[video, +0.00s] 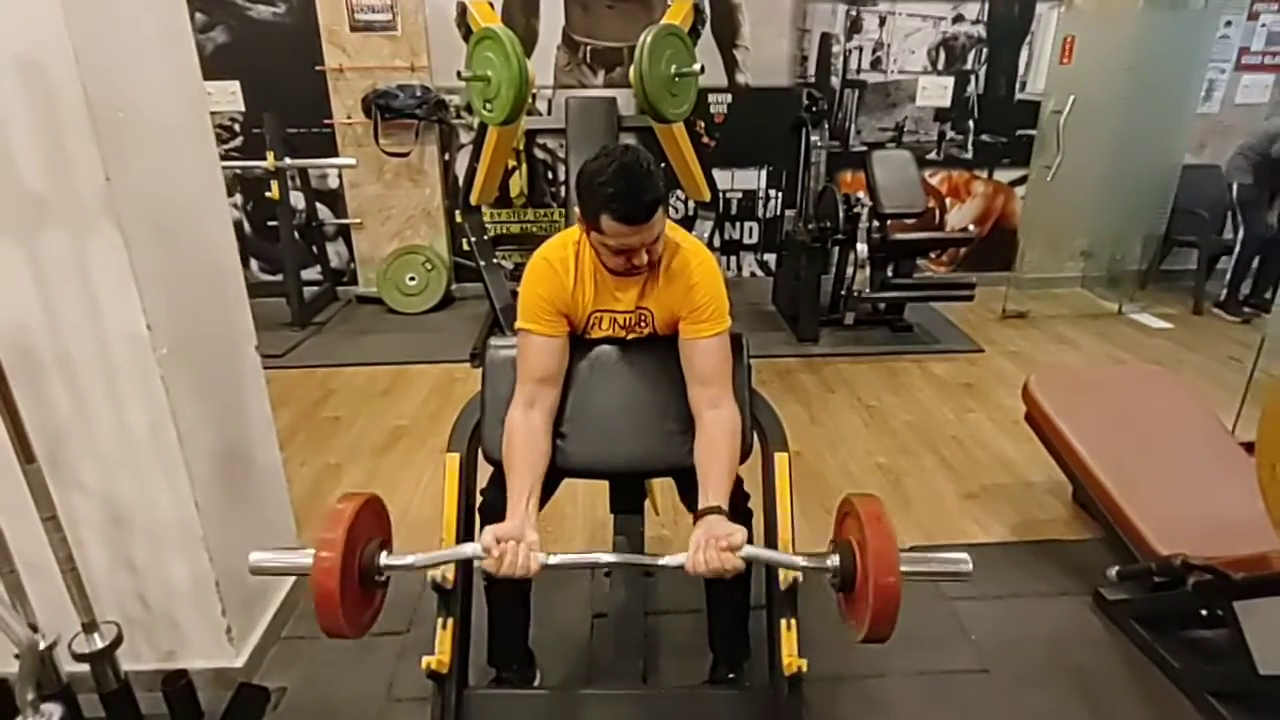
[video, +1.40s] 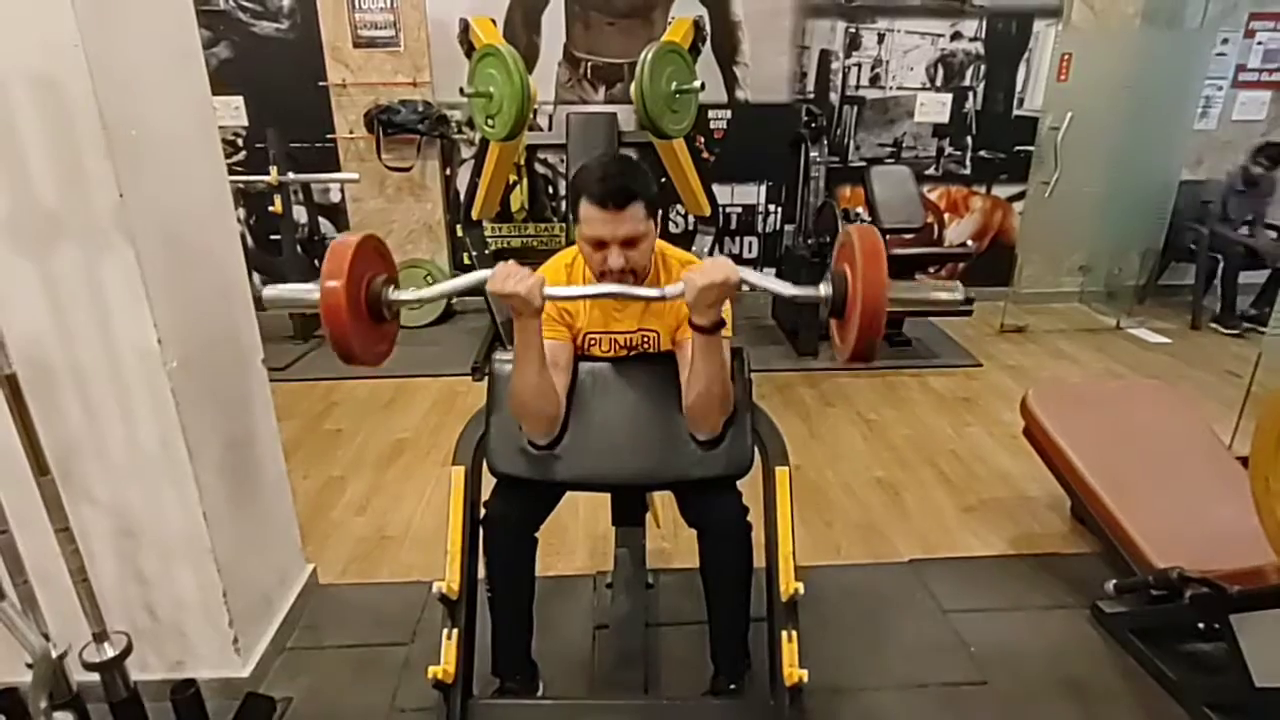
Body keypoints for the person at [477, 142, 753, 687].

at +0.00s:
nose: (641, 260)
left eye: (651, 243)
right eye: (621, 249)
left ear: (663, 215)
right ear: (587, 227)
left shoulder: (693, 269)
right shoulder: (550, 269)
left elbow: (714, 400)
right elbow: (534, 399)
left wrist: (713, 512)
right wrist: (518, 516)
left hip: (669, 405)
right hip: (573, 403)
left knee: (731, 514)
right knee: (496, 512)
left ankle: (729, 671)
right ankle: (511, 672)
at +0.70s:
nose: (619, 276)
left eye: (635, 261)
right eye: (603, 262)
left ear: (658, 233)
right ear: (580, 235)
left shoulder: (696, 279)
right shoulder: (550, 278)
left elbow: (712, 398)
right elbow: (535, 398)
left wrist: (715, 441)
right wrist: (512, 441)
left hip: (666, 414)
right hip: (576, 412)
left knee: (723, 507)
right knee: (504, 514)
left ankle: (729, 674)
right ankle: (513, 677)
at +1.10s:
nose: (613, 280)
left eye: (629, 267)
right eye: (597, 267)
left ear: (654, 237)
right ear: (577, 238)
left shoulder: (696, 281)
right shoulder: (550, 283)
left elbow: (709, 429)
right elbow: (538, 434)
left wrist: (712, 385)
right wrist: (516, 382)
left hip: (669, 425)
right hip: (575, 425)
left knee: (725, 517)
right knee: (504, 517)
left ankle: (731, 676)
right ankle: (515, 679)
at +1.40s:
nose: (615, 261)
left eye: (630, 243)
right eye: (597, 245)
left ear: (655, 224)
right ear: (577, 231)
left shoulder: (690, 277)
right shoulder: (555, 281)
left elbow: (708, 427)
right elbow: (540, 431)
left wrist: (706, 322)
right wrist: (525, 321)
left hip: (668, 418)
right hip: (576, 418)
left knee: (724, 515)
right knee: (505, 519)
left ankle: (730, 680)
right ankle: (515, 680)